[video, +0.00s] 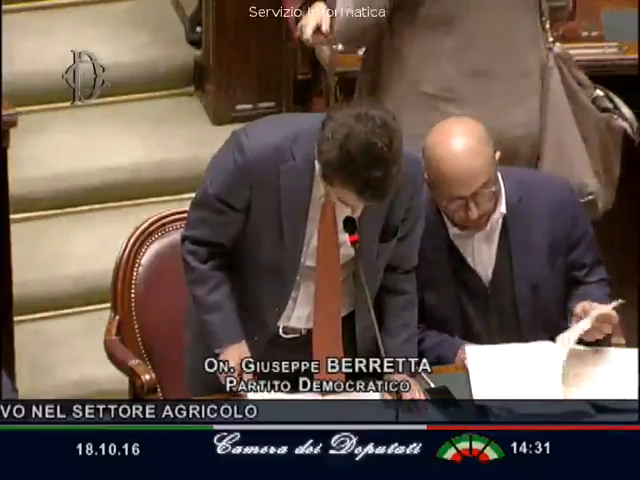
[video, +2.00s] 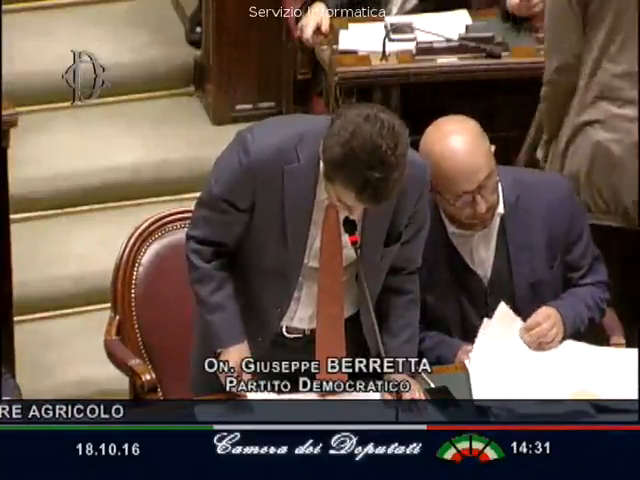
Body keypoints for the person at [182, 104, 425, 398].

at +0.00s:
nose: (355, 211)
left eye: (367, 203)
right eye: (344, 200)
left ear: (390, 174)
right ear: (322, 162)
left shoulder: (407, 174)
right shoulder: (253, 156)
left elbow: (401, 275)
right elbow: (202, 247)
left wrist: (401, 367)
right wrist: (229, 341)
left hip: (346, 336)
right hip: (260, 340)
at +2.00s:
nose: (354, 214)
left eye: (366, 206)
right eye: (343, 202)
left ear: (396, 176)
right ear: (325, 162)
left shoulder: (411, 179)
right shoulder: (257, 158)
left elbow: (404, 276)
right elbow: (206, 245)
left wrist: (401, 366)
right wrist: (230, 341)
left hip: (351, 337)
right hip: (263, 340)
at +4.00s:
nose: (361, 213)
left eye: (374, 203)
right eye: (350, 200)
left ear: (398, 176)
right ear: (328, 162)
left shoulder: (408, 176)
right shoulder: (255, 157)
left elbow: (402, 276)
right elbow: (206, 251)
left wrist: (400, 366)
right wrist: (231, 344)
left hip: (349, 336)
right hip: (262, 340)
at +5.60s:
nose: (356, 213)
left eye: (369, 206)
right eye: (347, 201)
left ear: (398, 177)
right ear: (329, 160)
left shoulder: (412, 182)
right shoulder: (260, 153)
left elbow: (402, 284)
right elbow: (208, 242)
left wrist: (372, 366)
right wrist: (235, 339)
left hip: (343, 341)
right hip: (259, 342)